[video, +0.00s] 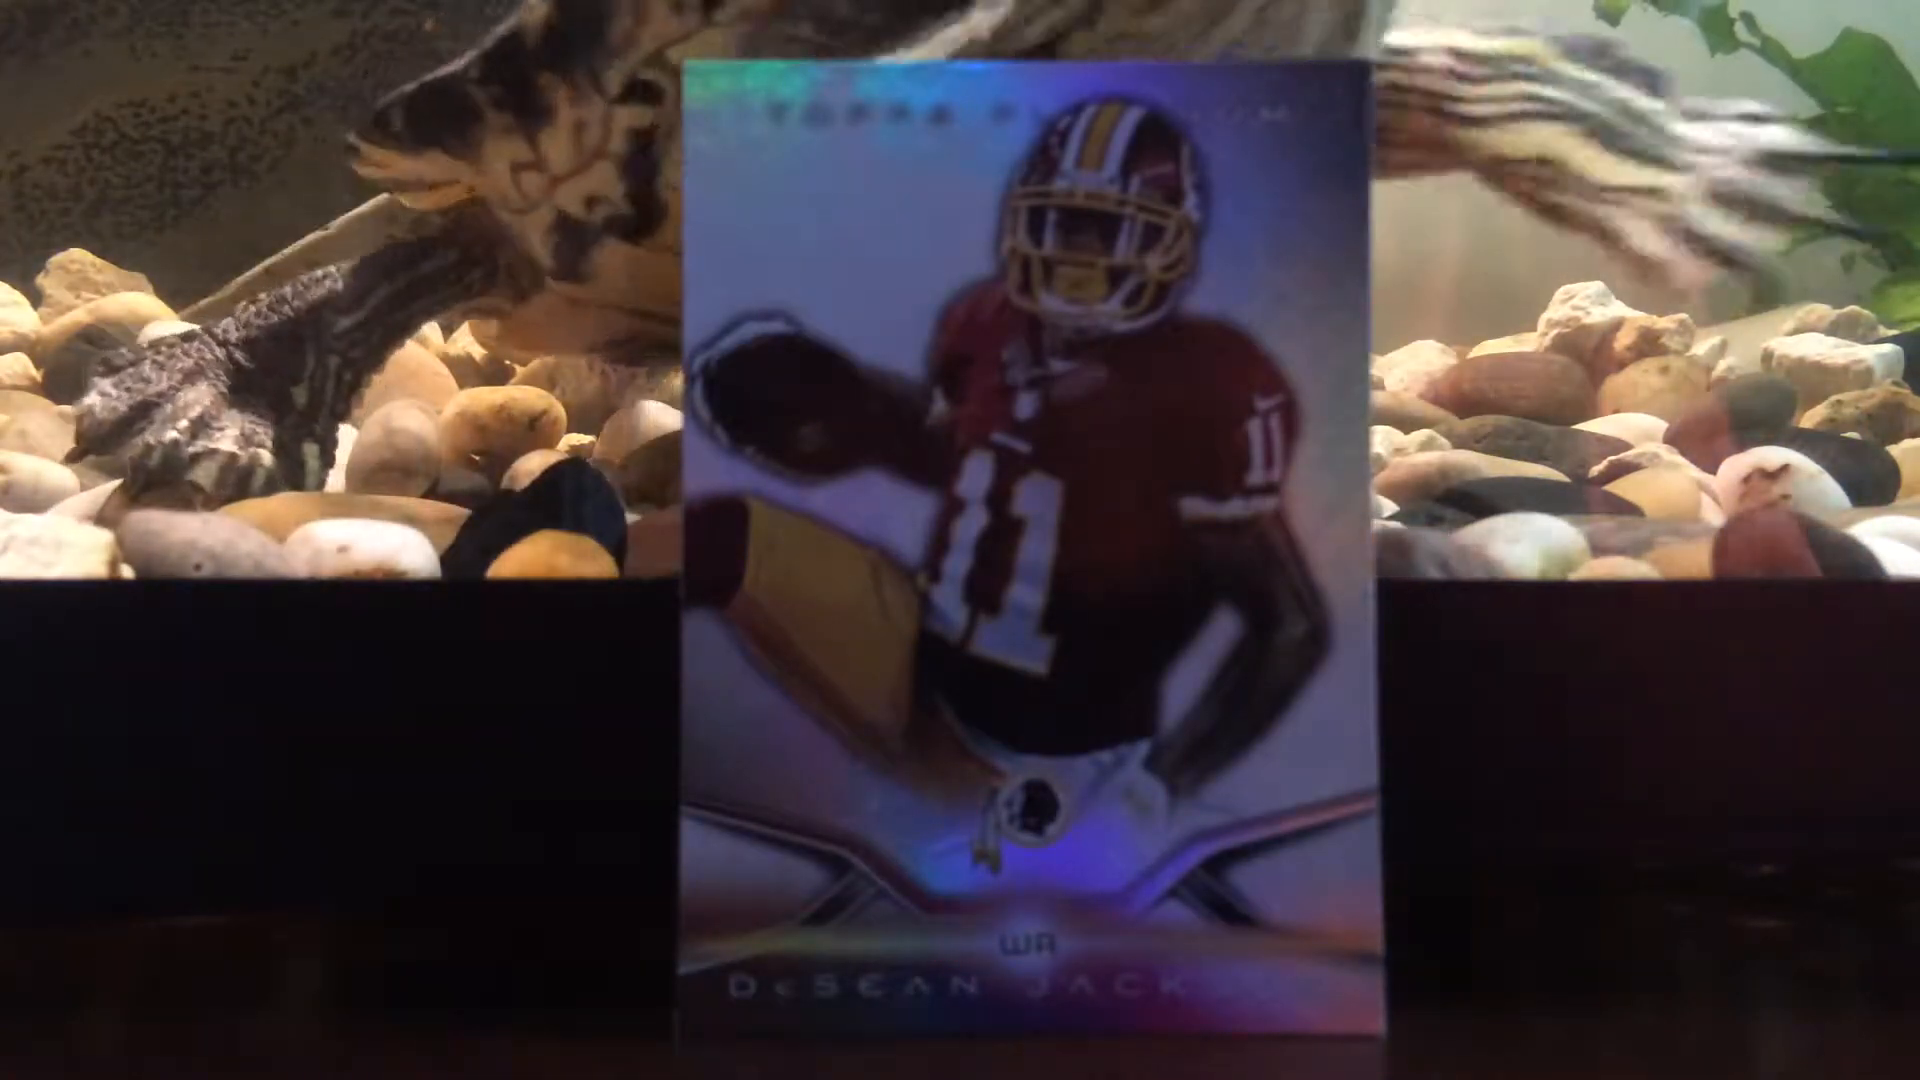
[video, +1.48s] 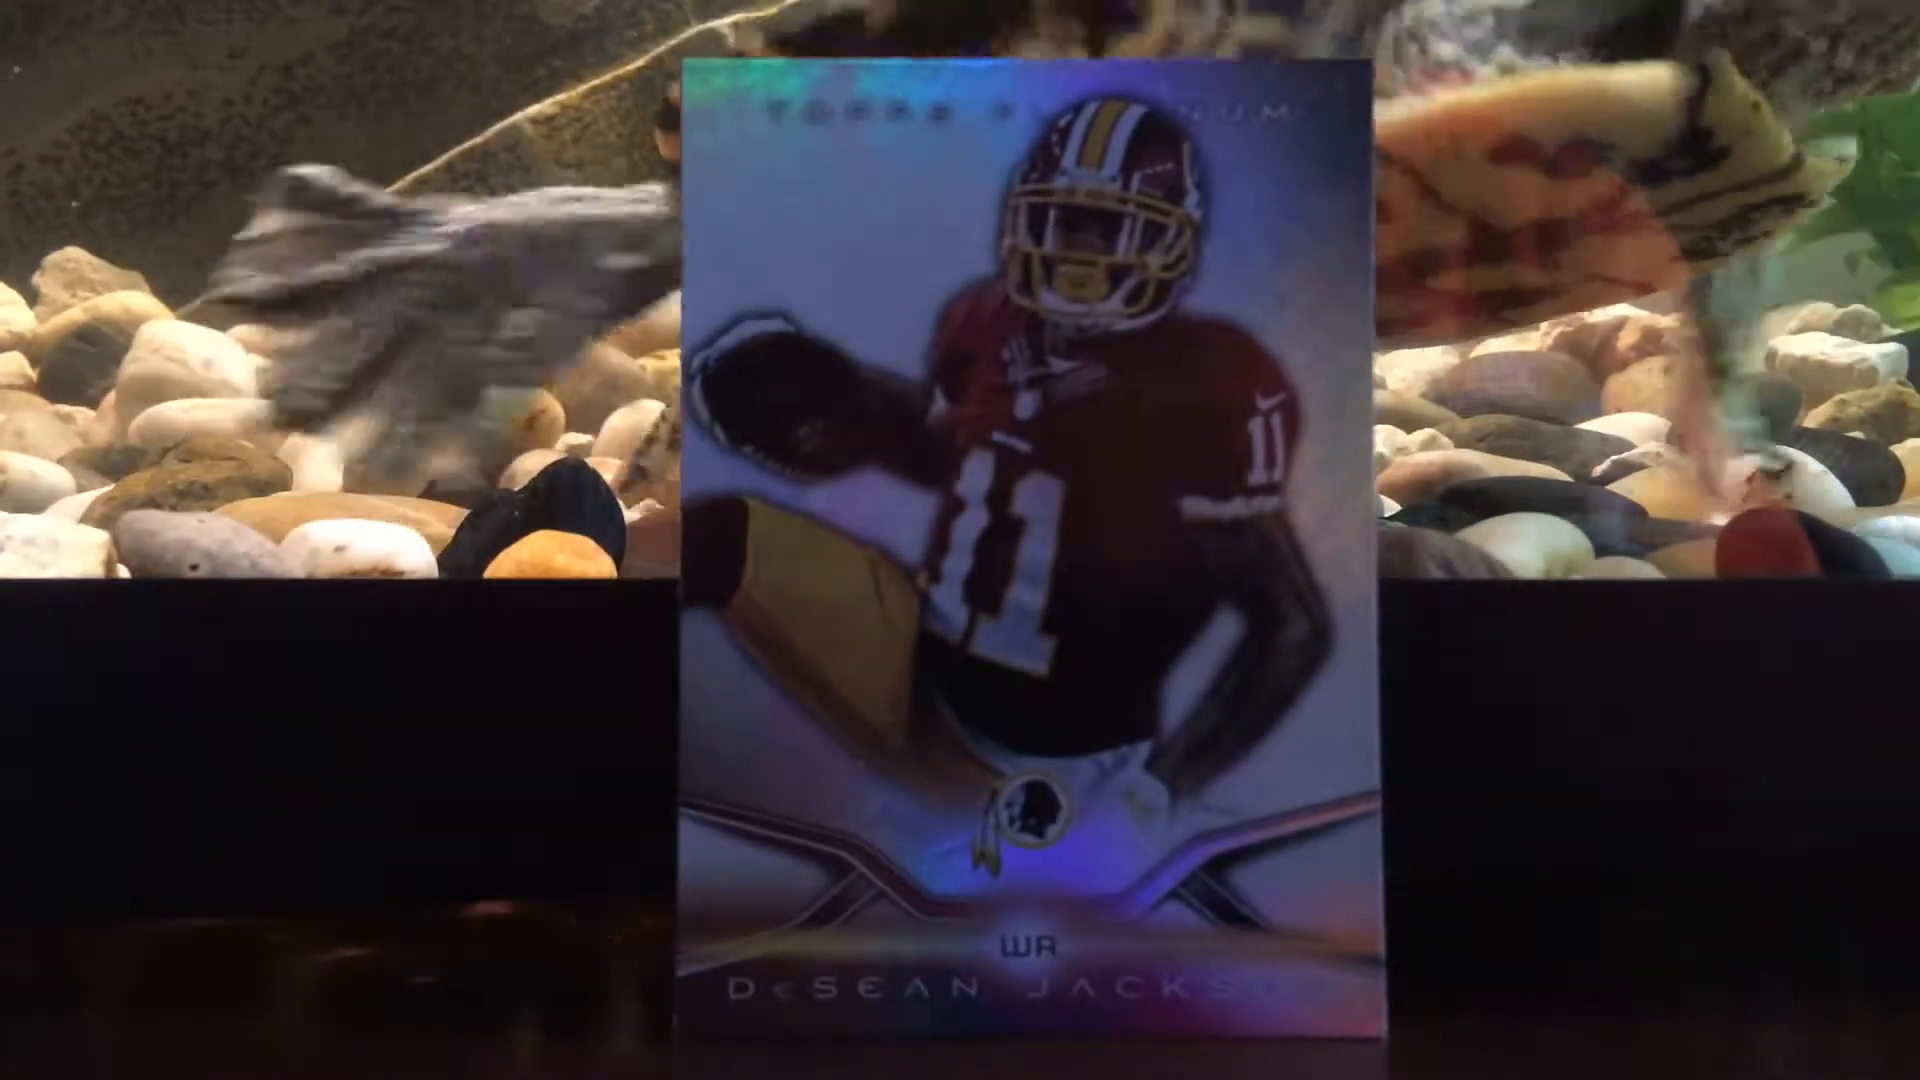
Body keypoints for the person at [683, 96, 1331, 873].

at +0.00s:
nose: (1080, 260)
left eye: (1115, 234)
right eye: (1061, 226)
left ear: (1175, 248)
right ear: (1021, 228)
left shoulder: (1213, 390)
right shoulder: (980, 327)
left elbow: (1292, 629)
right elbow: (957, 459)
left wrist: (1155, 788)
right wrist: (857, 416)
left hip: (1077, 752)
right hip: (930, 680)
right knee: (718, 537)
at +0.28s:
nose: (1080, 259)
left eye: (1115, 233)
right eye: (1061, 225)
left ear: (1175, 248)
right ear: (1021, 228)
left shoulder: (1215, 387)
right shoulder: (980, 326)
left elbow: (1292, 629)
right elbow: (956, 459)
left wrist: (1157, 788)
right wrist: (853, 413)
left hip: (1079, 754)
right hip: (929, 681)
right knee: (715, 537)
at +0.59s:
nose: (1078, 259)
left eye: (1113, 234)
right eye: (1059, 226)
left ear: (1175, 248)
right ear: (1020, 227)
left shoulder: (1216, 389)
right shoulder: (980, 326)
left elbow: (1293, 629)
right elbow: (958, 460)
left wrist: (1155, 789)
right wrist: (856, 414)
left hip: (1078, 753)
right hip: (929, 679)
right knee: (717, 537)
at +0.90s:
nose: (1078, 252)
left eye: (1113, 227)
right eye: (1058, 219)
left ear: (1177, 242)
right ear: (1020, 224)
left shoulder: (1220, 384)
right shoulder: (979, 324)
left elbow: (1297, 629)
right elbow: (957, 460)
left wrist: (1156, 793)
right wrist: (858, 415)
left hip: (1081, 752)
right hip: (929, 678)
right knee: (713, 536)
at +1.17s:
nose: (1077, 255)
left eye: (1112, 231)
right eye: (1057, 222)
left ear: (1175, 247)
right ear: (1019, 227)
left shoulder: (1218, 385)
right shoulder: (980, 324)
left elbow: (1295, 628)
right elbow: (957, 460)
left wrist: (1156, 791)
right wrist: (858, 414)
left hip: (1081, 754)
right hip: (932, 690)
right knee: (714, 539)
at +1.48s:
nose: (1079, 259)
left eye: (1114, 233)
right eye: (1059, 225)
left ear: (1175, 247)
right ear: (1020, 226)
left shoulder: (1217, 386)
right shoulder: (979, 325)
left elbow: (1294, 628)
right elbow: (958, 457)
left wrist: (1157, 792)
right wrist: (852, 411)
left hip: (1078, 753)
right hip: (929, 688)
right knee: (713, 539)